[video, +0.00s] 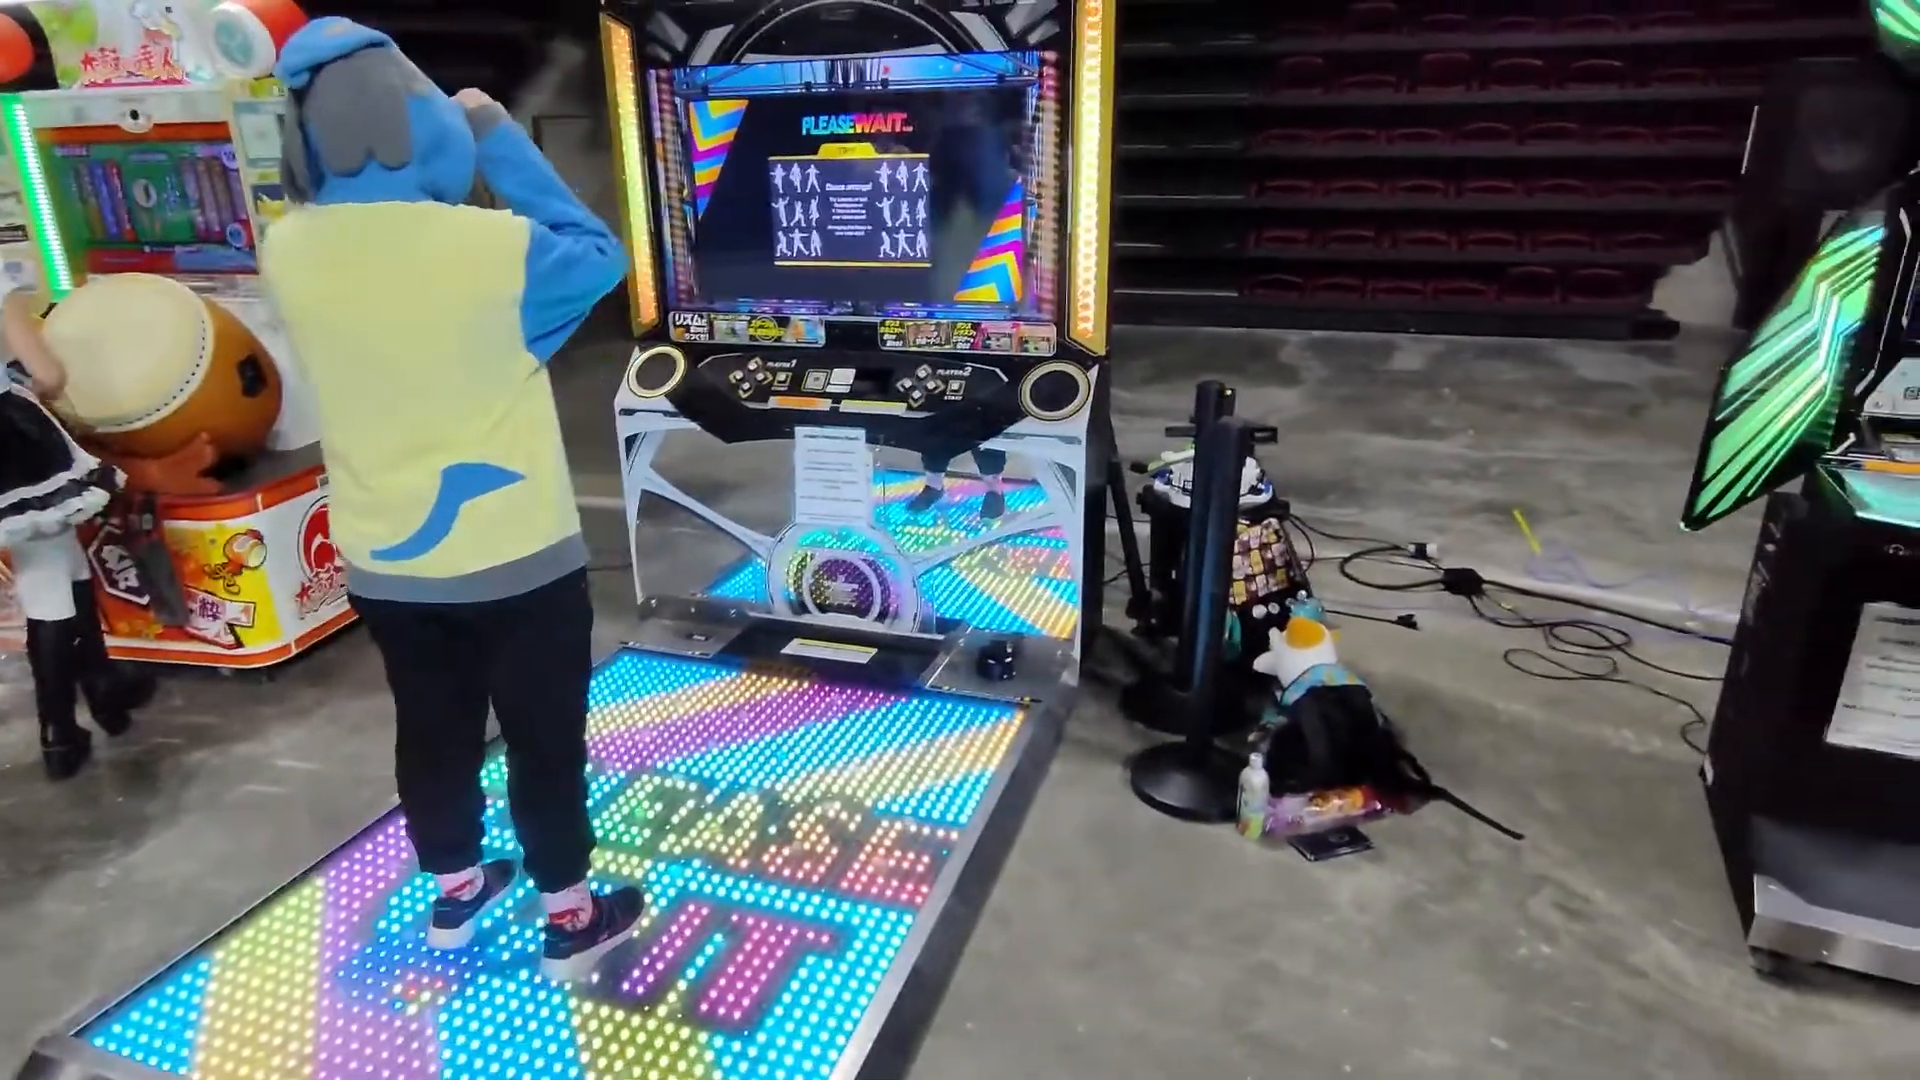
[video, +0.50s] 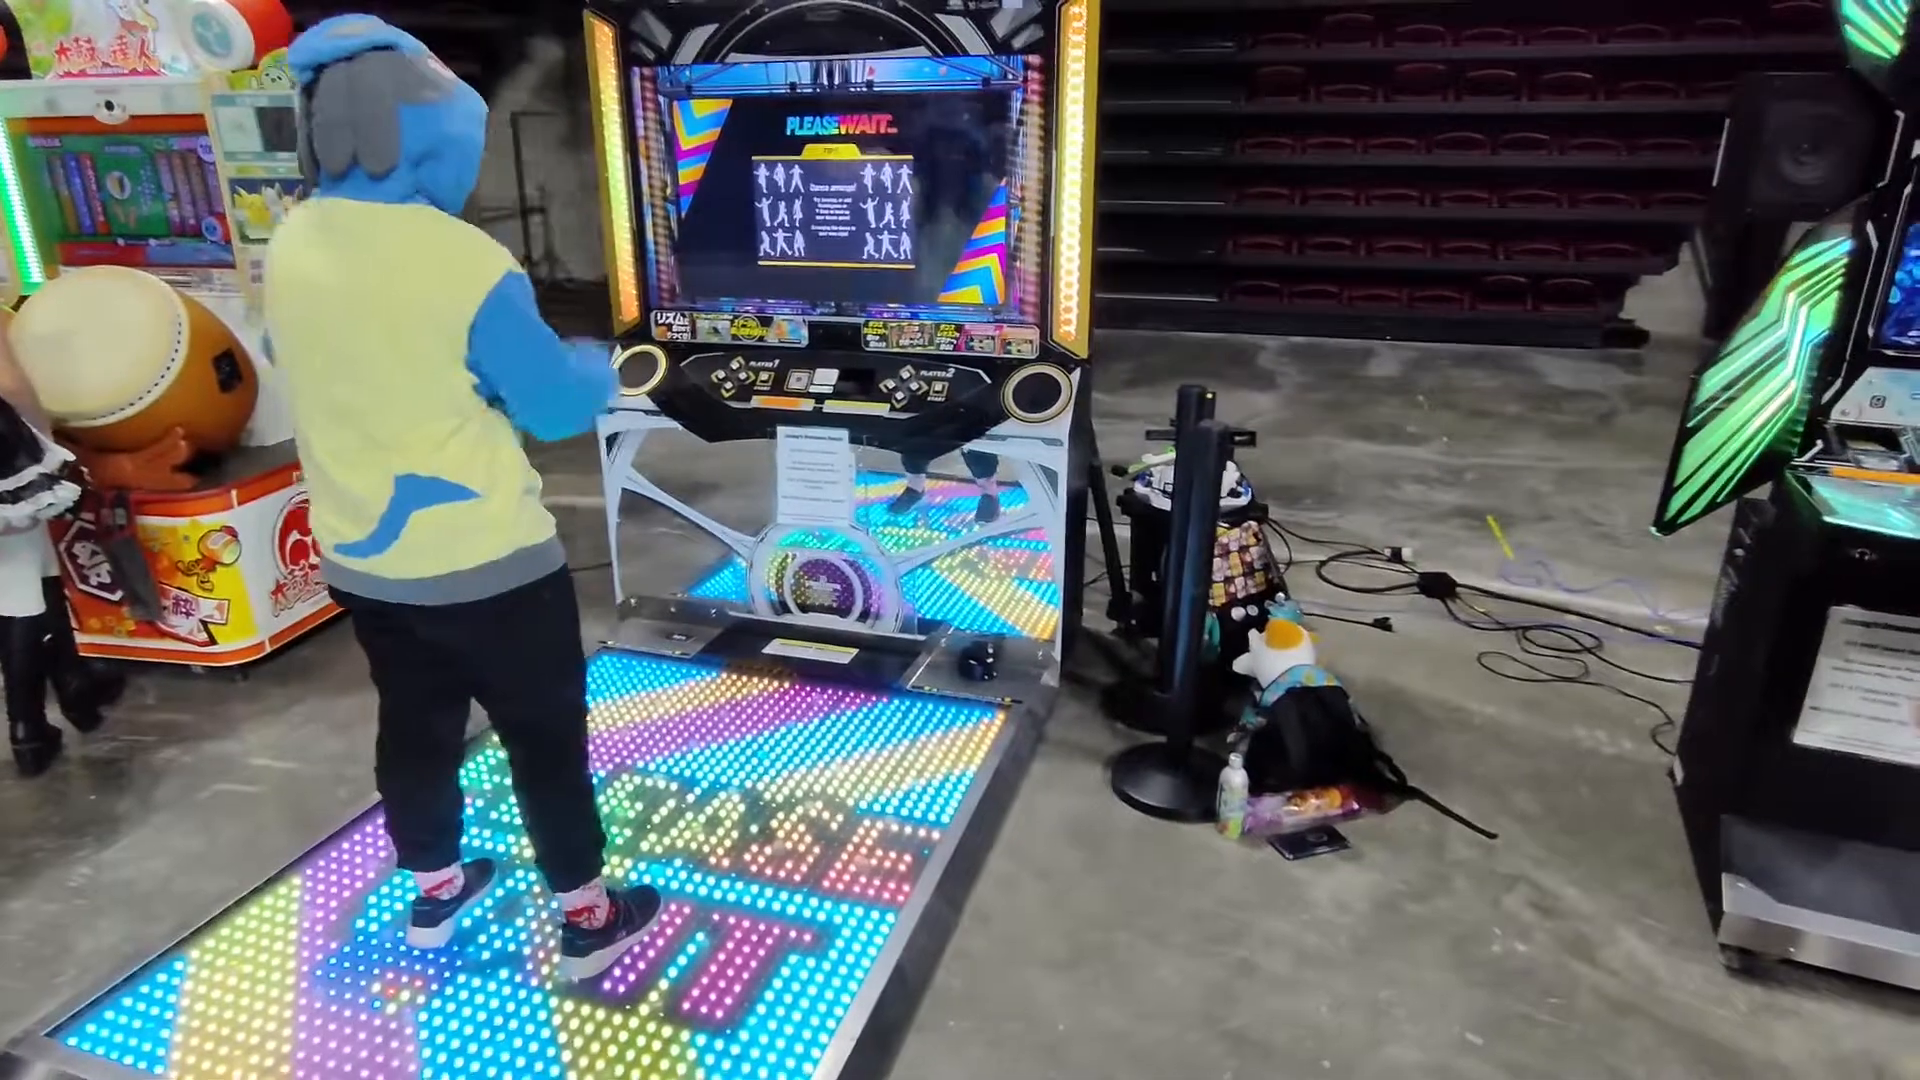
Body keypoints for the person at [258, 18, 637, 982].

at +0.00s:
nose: (430, 120)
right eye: (424, 109)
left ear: (317, 150)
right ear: (425, 130)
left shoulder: (291, 255)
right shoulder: (490, 252)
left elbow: (317, 206)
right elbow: (592, 254)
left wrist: (311, 110)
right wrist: (504, 142)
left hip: (387, 565)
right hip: (517, 555)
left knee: (431, 721)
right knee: (544, 731)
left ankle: (454, 879)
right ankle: (568, 906)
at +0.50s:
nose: (465, 148)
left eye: (458, 127)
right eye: (454, 129)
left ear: (335, 138)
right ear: (422, 137)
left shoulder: (293, 246)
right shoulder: (466, 267)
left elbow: (341, 366)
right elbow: (552, 399)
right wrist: (604, 372)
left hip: (363, 568)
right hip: (490, 568)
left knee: (415, 719)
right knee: (546, 734)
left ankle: (432, 881)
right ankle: (583, 911)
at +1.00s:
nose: (554, 132)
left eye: (548, 113)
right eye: (539, 114)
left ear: (442, 129)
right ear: (500, 123)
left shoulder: (398, 239)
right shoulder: (546, 243)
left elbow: (387, 399)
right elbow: (625, 401)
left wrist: (398, 526)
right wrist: (681, 536)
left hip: (455, 555)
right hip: (567, 557)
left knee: (497, 693)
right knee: (596, 727)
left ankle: (466, 856)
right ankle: (603, 904)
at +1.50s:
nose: (558, 140)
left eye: (545, 120)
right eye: (544, 121)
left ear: (429, 134)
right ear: (522, 130)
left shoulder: (348, 242)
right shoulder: (564, 261)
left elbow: (285, 363)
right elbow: (670, 391)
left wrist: (291, 435)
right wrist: (835, 445)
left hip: (398, 559)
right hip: (541, 561)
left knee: (445, 709)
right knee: (617, 687)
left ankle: (459, 864)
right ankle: (579, 870)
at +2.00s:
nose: (530, 145)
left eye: (525, 124)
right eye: (515, 125)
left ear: (414, 134)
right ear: (471, 130)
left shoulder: (362, 232)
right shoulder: (520, 264)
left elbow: (337, 335)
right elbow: (615, 429)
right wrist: (648, 568)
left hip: (408, 567)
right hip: (521, 574)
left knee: (478, 718)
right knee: (575, 743)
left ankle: (489, 872)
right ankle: (581, 920)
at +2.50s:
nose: (448, 159)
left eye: (439, 140)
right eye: (432, 142)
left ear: (324, 160)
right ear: (393, 151)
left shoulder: (280, 268)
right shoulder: (449, 283)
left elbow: (249, 417)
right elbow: (585, 424)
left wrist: (224, 518)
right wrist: (751, 451)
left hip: (351, 599)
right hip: (475, 594)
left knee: (426, 720)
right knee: (542, 750)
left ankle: (422, 897)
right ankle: (558, 933)